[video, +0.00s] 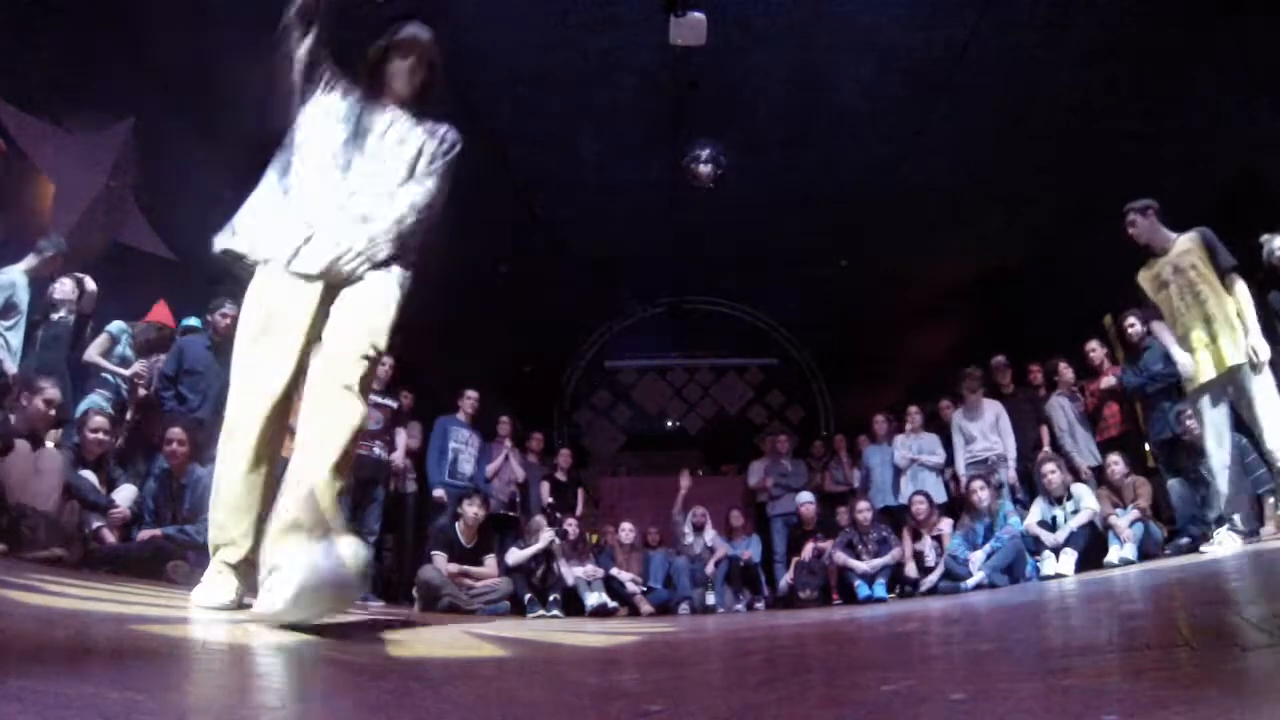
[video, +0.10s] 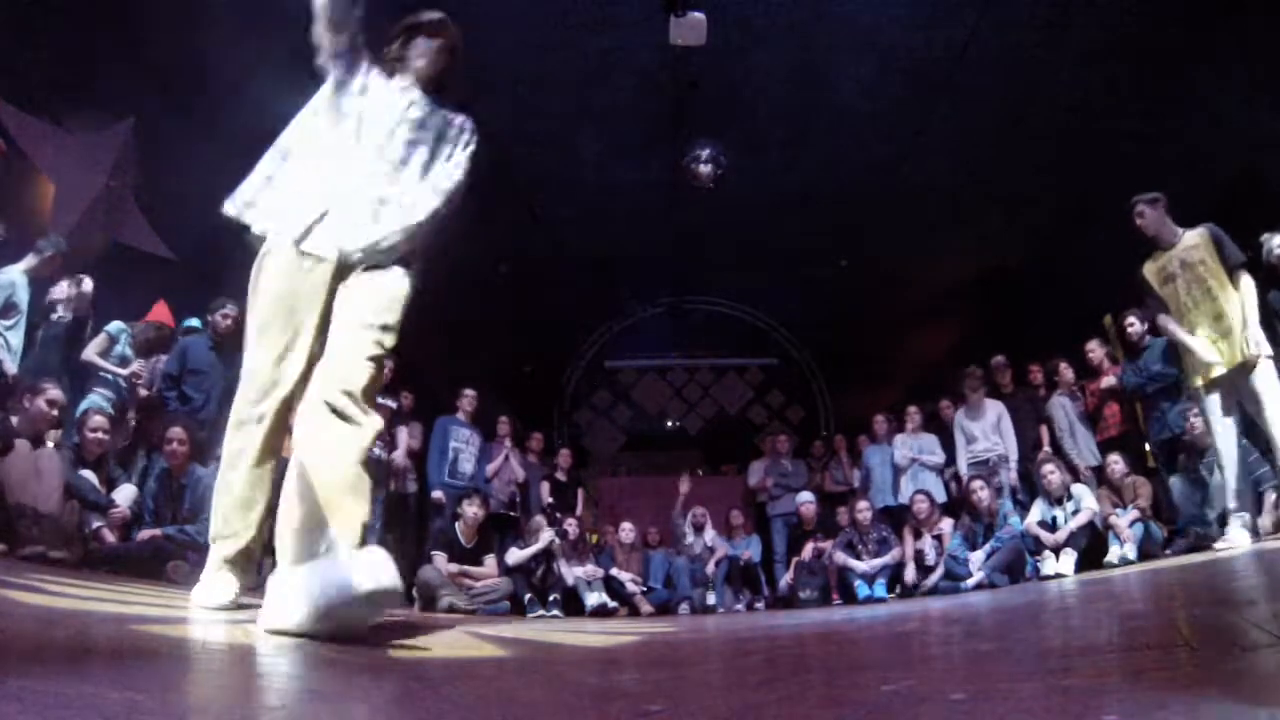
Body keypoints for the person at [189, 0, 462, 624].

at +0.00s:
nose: (411, 66)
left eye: (422, 60)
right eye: (402, 54)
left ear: (430, 72)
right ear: (379, 57)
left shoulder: (436, 136)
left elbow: (412, 206)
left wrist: (351, 244)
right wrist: (320, 241)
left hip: (373, 273)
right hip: (291, 257)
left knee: (333, 410)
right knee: (253, 408)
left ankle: (291, 570)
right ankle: (227, 562)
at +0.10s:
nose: (436, 51)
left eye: (447, 48)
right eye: (427, 40)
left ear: (451, 67)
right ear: (400, 45)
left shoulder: (456, 129)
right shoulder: (353, 73)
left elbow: (433, 200)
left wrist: (367, 235)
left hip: (380, 263)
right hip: (297, 242)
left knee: (344, 404)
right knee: (263, 397)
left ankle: (331, 576)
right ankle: (228, 564)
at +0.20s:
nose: (460, 34)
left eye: (471, 28)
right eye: (452, 20)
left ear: (475, 43)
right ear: (423, 20)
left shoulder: (472, 118)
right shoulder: (362, 66)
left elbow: (464, 190)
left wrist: (417, 219)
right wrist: (338, 193)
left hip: (402, 240)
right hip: (318, 217)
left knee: (359, 388)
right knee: (281, 364)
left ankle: (303, 581)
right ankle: (221, 556)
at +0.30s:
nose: (479, 23)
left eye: (489, 21)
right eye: (470, 14)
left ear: (495, 40)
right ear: (444, 18)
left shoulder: (495, 120)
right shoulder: (386, 35)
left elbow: (487, 201)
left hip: (440, 213)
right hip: (346, 171)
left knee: (383, 369)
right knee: (300, 322)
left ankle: (306, 583)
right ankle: (224, 518)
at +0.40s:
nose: (510, 21)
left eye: (513, 20)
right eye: (503, 12)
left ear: (509, 33)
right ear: (469, 7)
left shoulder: (503, 103)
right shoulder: (415, 25)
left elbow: (526, 157)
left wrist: (528, 196)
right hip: (390, 163)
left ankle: (305, 586)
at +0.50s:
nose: (531, 17)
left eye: (537, 16)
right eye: (528, 7)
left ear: (531, 28)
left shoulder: (522, 90)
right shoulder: (436, 16)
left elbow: (548, 146)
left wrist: (559, 197)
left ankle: (331, 576)